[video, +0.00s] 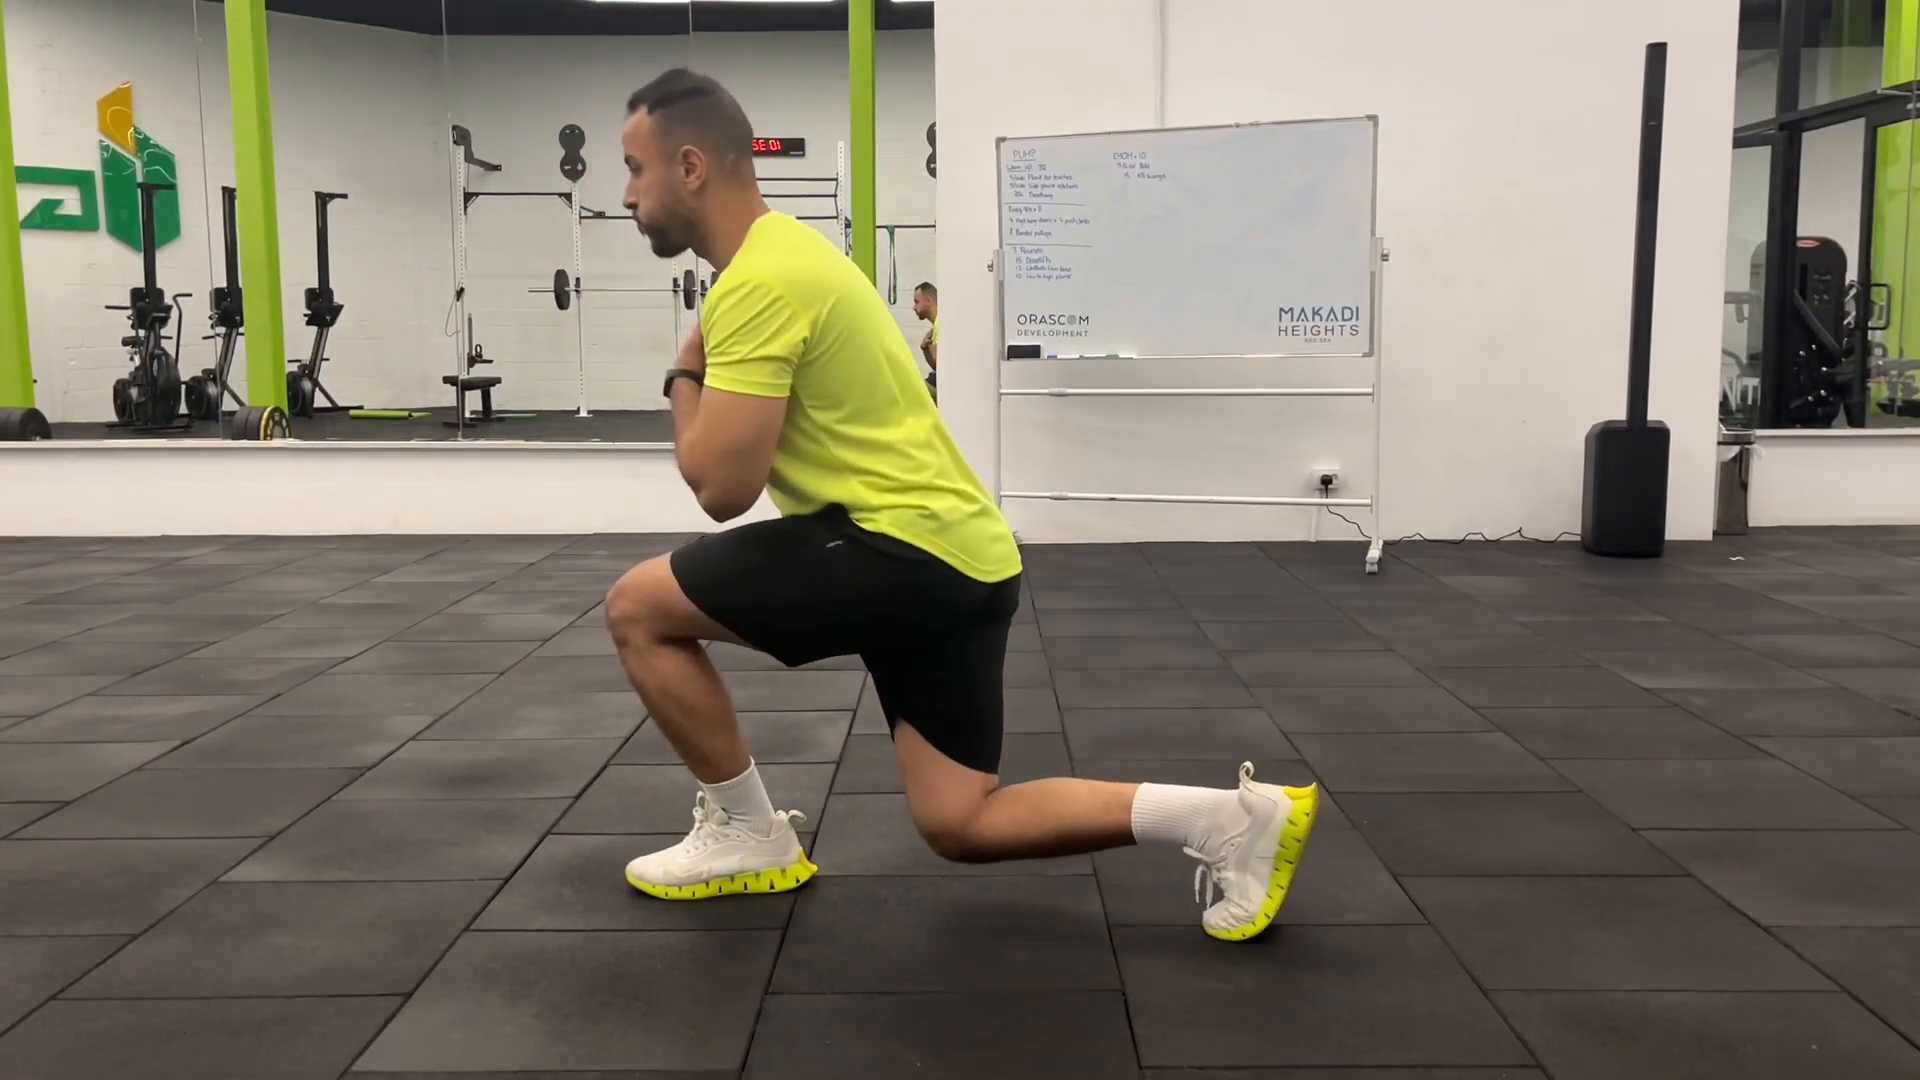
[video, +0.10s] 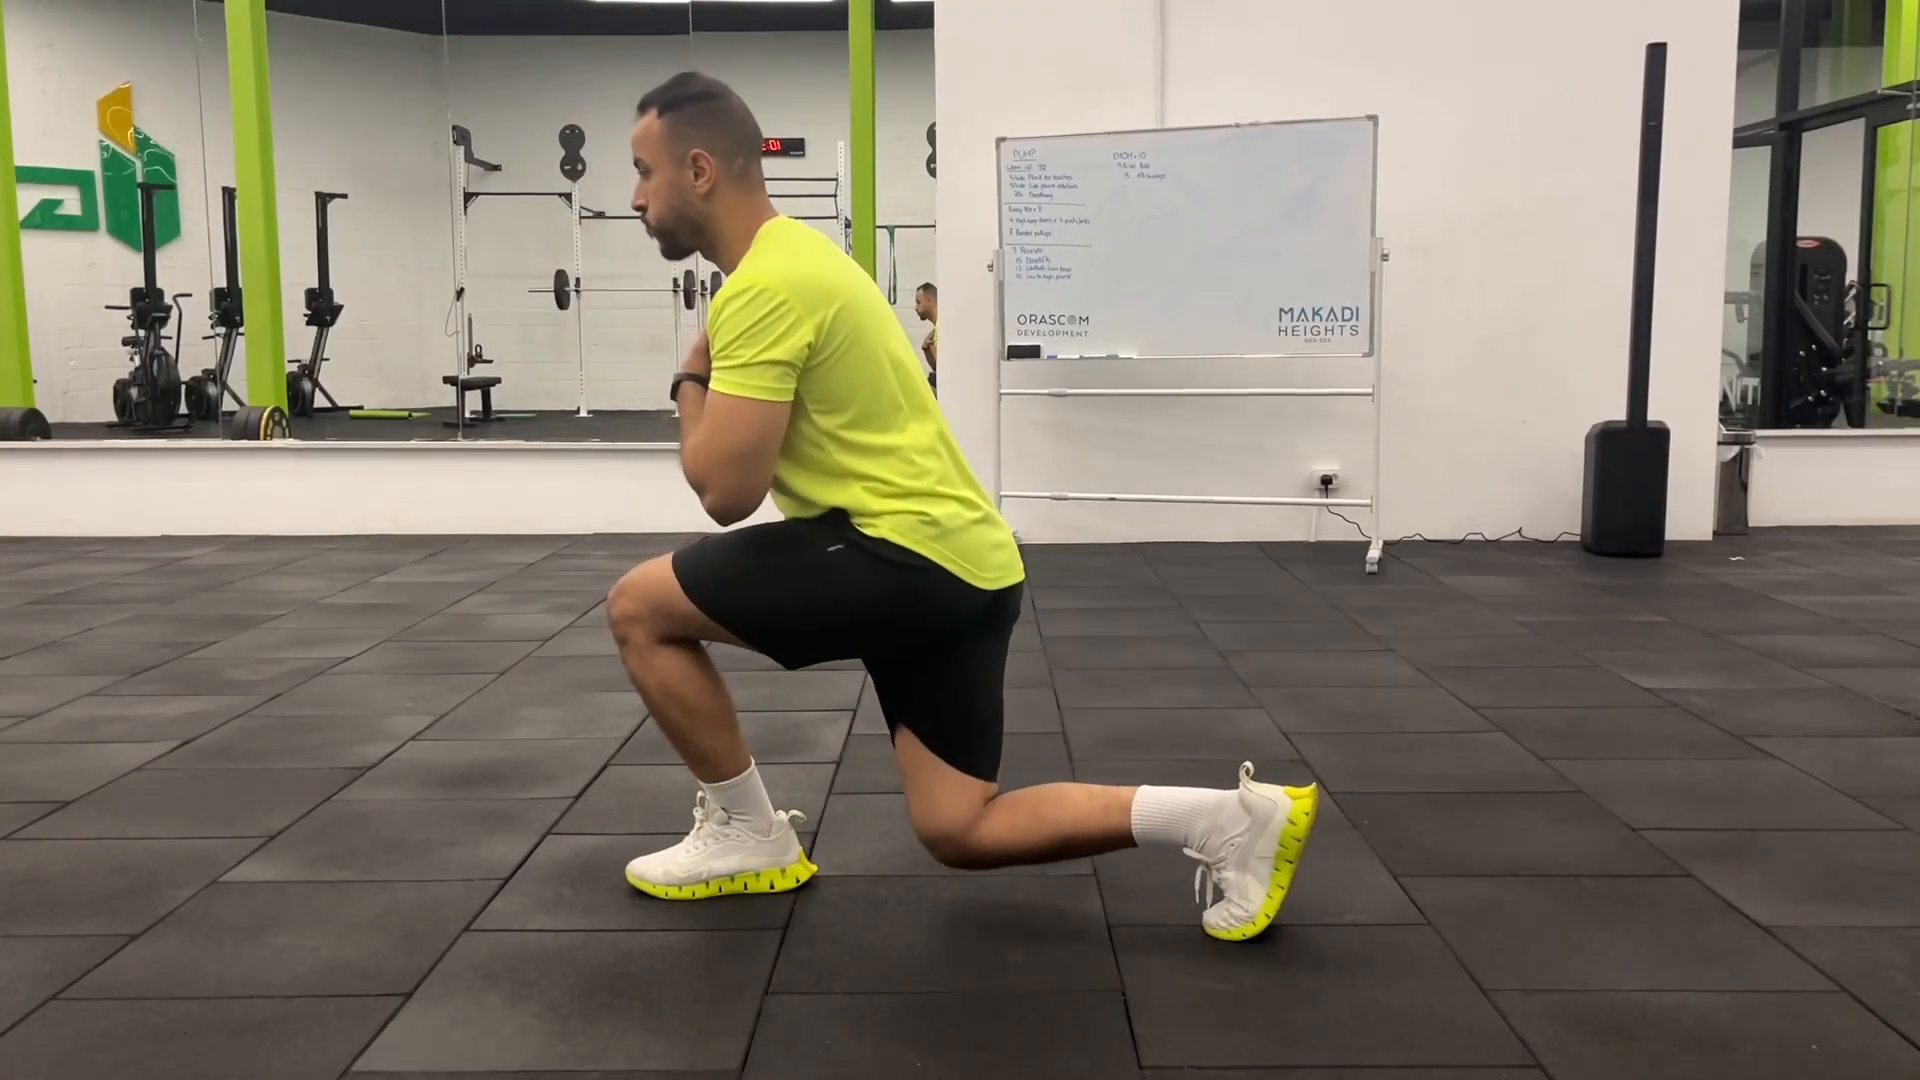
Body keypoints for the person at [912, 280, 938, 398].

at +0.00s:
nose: (914, 308)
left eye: (917, 302)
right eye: (915, 303)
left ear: (928, 301)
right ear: (927, 301)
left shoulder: (940, 327)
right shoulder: (936, 327)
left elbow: (940, 366)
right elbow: (936, 367)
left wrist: (930, 346)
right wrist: (925, 349)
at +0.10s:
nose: (916, 308)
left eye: (918, 302)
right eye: (916, 303)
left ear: (930, 301)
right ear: (929, 302)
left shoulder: (943, 330)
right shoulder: (936, 331)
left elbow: (942, 368)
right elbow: (936, 368)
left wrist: (932, 346)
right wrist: (926, 350)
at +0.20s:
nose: (915, 307)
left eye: (918, 301)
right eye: (916, 301)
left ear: (930, 300)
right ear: (929, 301)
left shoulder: (943, 330)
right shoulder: (936, 330)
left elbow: (942, 368)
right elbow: (938, 368)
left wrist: (932, 346)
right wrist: (927, 349)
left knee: (932, 377)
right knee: (931, 377)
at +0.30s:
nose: (913, 303)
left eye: (916, 298)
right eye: (914, 298)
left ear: (928, 297)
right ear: (928, 297)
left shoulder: (940, 323)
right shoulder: (935, 324)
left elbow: (941, 363)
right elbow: (935, 364)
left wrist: (930, 342)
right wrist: (925, 346)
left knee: (932, 377)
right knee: (931, 377)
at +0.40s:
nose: (908, 299)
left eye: (911, 293)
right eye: (909, 294)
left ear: (923, 292)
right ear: (923, 292)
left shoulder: (937, 315)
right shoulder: (932, 318)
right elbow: (932, 357)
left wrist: (926, 335)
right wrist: (921, 339)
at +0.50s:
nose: (902, 293)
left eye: (904, 287)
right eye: (902, 288)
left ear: (916, 285)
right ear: (915, 285)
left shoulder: (932, 302)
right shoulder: (927, 307)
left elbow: (932, 340)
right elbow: (928, 350)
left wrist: (920, 327)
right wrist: (916, 332)